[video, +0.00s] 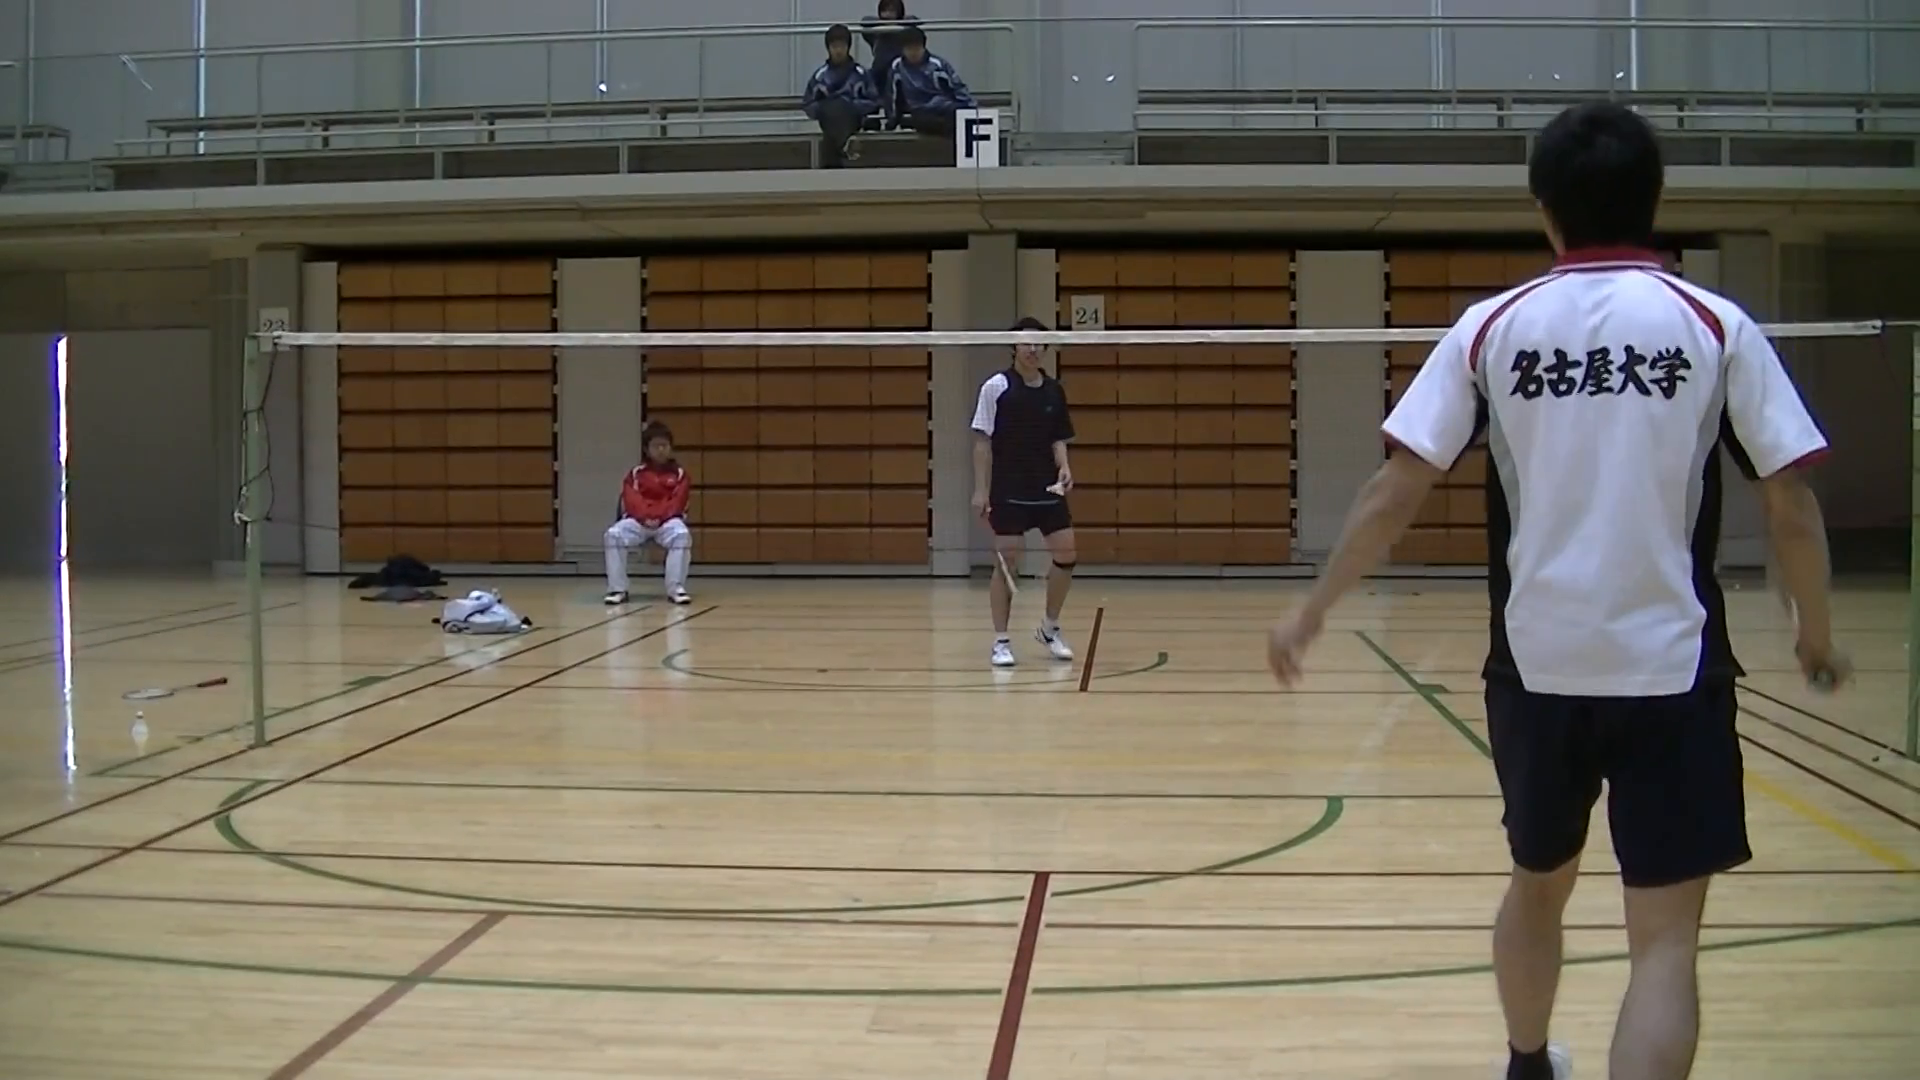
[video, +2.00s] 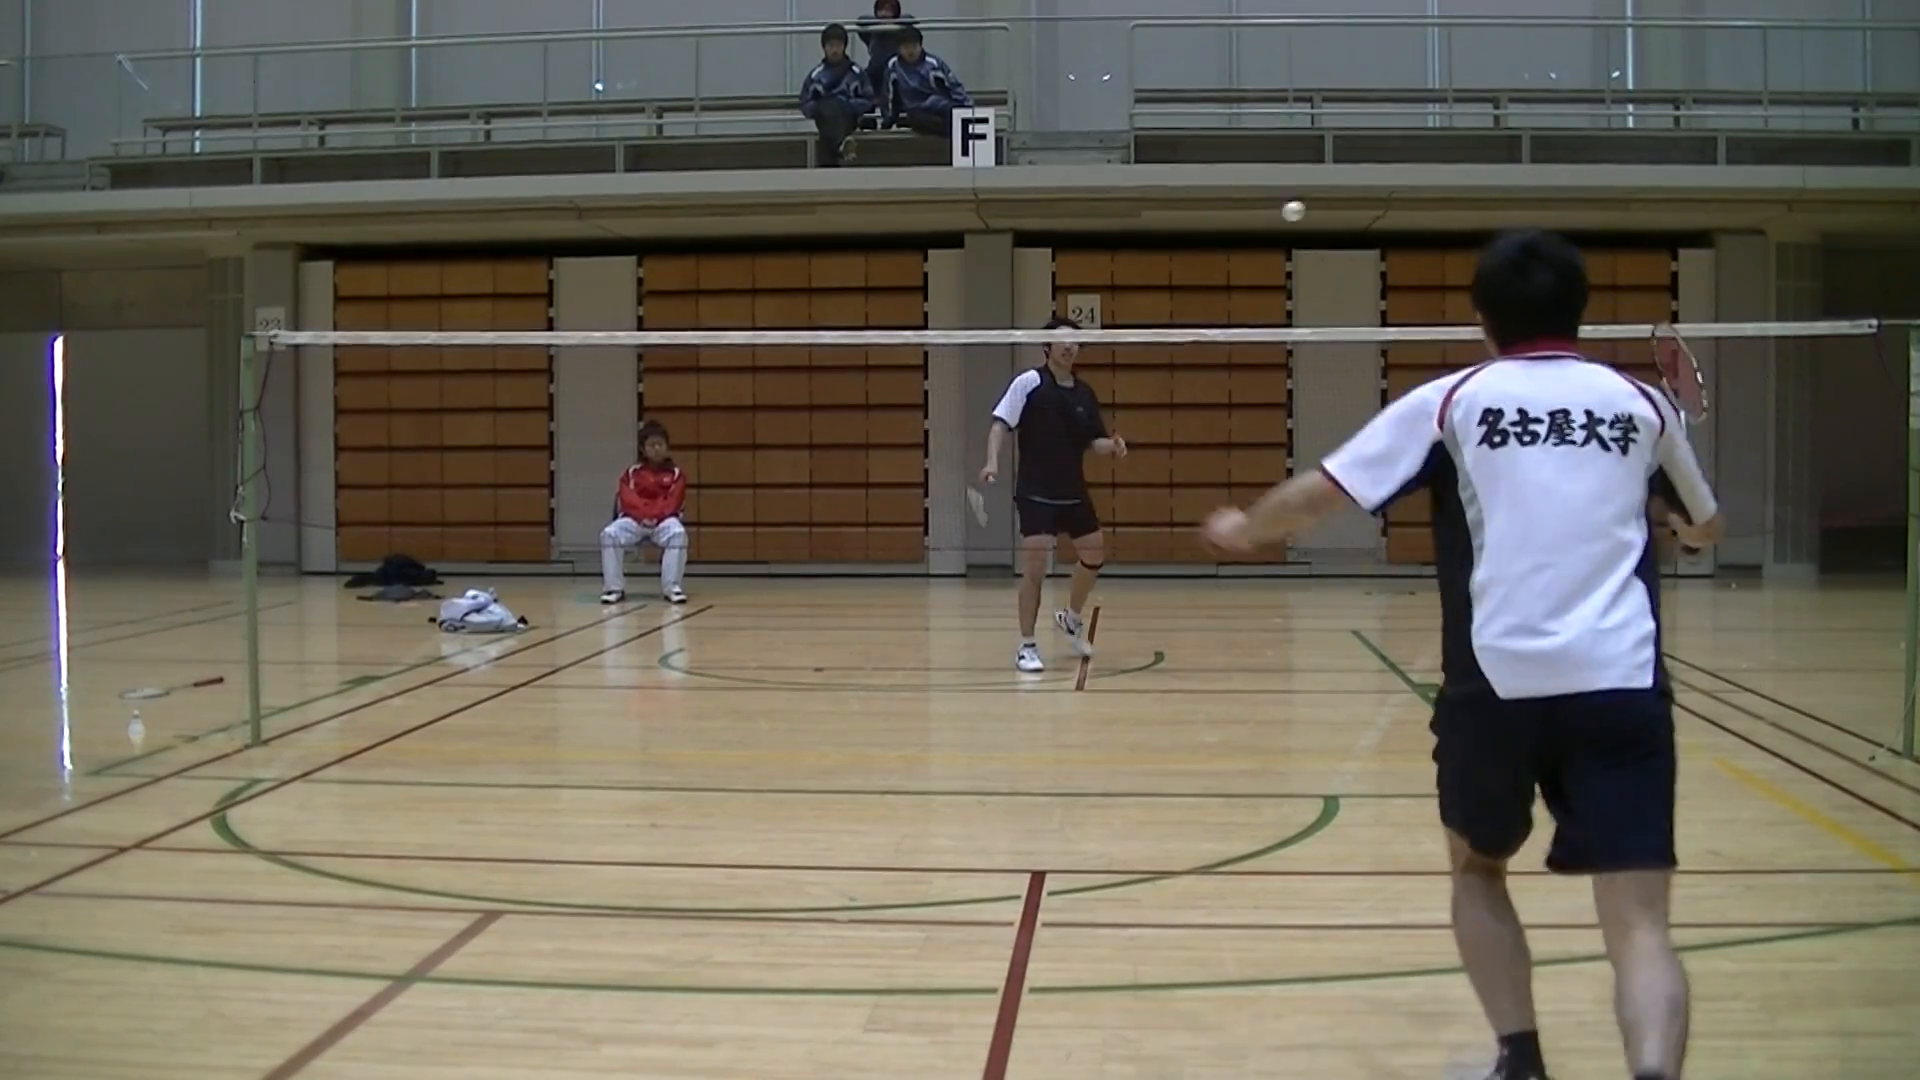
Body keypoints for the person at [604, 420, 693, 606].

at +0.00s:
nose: (661, 450)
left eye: (665, 445)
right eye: (656, 446)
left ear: (670, 448)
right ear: (646, 449)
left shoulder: (679, 474)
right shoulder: (635, 473)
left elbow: (677, 503)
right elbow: (631, 500)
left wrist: (659, 517)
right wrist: (645, 516)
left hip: (667, 520)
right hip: (638, 520)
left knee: (682, 536)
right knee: (613, 536)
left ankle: (676, 588)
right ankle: (618, 590)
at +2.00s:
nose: (656, 449)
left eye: (660, 444)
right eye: (651, 445)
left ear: (667, 447)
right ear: (643, 449)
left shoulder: (676, 474)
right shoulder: (632, 472)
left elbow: (673, 503)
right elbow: (627, 499)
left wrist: (655, 517)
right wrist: (643, 515)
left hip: (663, 519)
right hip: (634, 519)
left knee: (678, 535)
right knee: (609, 535)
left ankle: (672, 587)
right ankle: (614, 588)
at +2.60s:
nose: (664, 449)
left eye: (669, 444)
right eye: (659, 445)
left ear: (676, 447)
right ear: (651, 449)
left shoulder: (683, 475)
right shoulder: (640, 473)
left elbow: (680, 505)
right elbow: (635, 500)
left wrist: (660, 516)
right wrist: (652, 515)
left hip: (671, 519)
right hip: (643, 519)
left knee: (687, 534)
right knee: (618, 535)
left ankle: (682, 587)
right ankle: (622, 589)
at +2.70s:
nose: (697, 449)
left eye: (702, 444)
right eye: (692, 444)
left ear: (708, 447)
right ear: (683, 449)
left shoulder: (716, 475)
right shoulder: (673, 473)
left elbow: (713, 506)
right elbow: (668, 503)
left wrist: (691, 515)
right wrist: (684, 517)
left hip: (704, 520)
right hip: (676, 520)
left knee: (718, 534)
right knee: (651, 534)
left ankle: (714, 587)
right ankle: (654, 589)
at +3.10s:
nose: (674, 448)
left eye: (678, 443)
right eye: (668, 443)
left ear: (684, 445)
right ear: (659, 448)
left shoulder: (691, 473)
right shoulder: (648, 471)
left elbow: (689, 502)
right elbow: (643, 498)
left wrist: (671, 516)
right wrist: (661, 513)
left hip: (680, 518)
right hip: (651, 518)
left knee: (695, 534)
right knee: (627, 533)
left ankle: (688, 585)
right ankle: (631, 588)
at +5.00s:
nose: (656, 450)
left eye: (660, 445)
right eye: (651, 446)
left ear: (666, 448)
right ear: (642, 450)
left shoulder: (675, 476)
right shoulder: (631, 474)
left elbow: (672, 504)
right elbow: (626, 500)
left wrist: (654, 518)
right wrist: (642, 517)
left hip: (662, 521)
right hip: (633, 521)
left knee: (677, 536)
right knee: (609, 536)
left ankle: (671, 588)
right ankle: (614, 590)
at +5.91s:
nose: (656, 445)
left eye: (660, 440)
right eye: (651, 441)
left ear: (666, 443)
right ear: (642, 446)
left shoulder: (674, 470)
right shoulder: (630, 469)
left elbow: (671, 499)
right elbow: (626, 496)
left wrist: (655, 513)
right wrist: (641, 512)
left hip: (662, 516)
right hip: (633, 516)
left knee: (677, 532)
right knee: (608, 531)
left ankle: (671, 584)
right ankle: (613, 585)